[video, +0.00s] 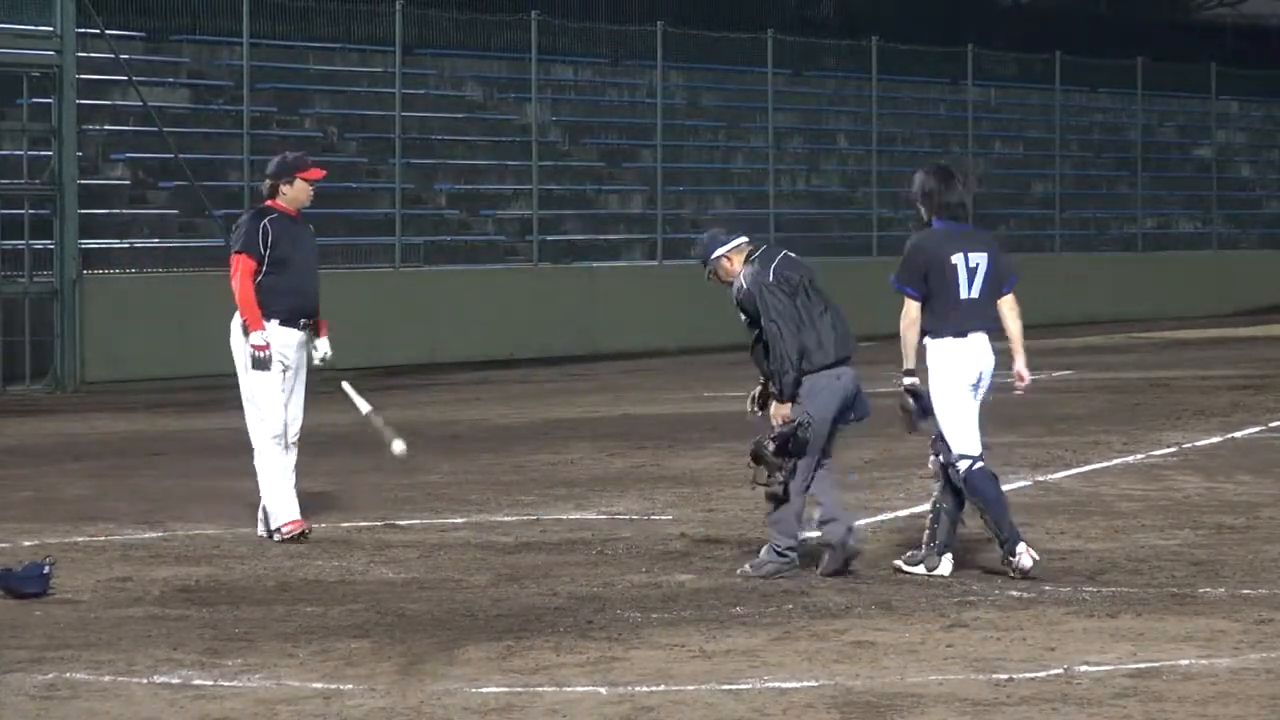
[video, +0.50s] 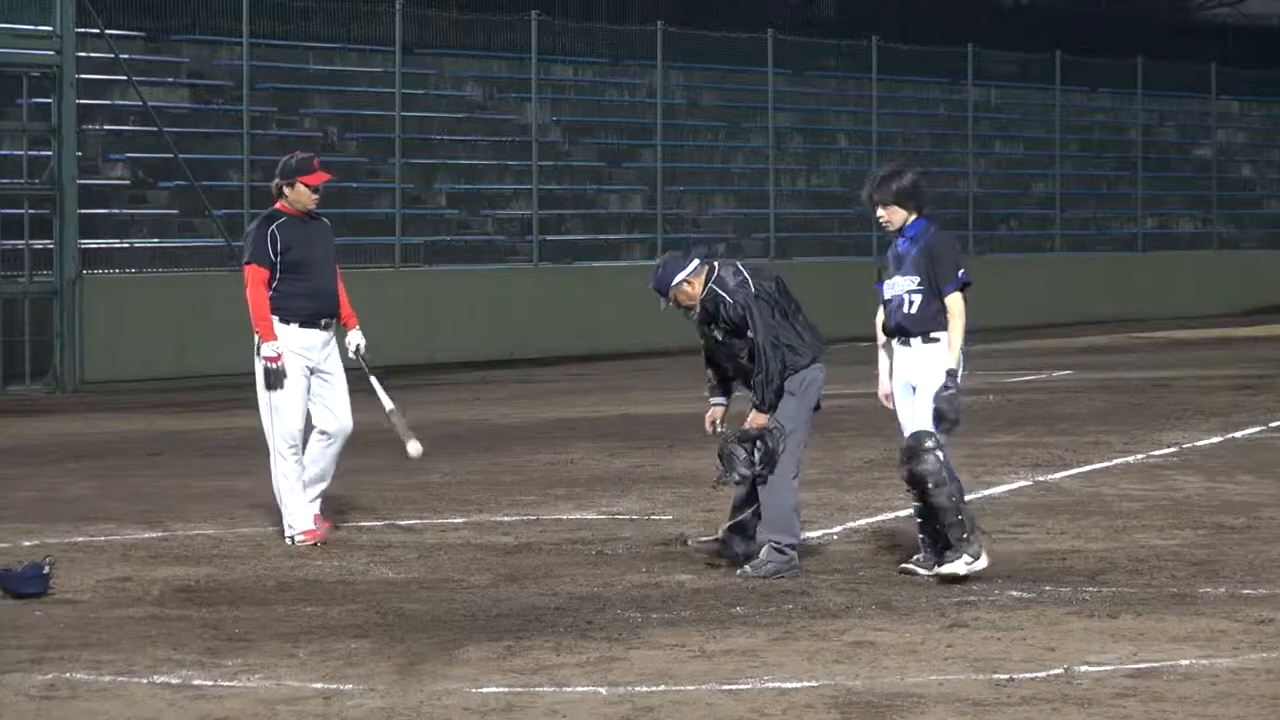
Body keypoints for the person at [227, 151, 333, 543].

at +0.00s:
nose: (313, 189)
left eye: (313, 183)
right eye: (307, 183)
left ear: (296, 186)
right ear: (284, 185)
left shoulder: (303, 228)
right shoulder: (257, 221)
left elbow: (306, 282)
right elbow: (241, 277)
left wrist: (319, 330)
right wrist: (256, 331)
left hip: (297, 337)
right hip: (265, 333)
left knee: (289, 430)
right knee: (269, 427)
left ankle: (272, 517)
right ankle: (285, 517)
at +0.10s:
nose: (315, 190)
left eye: (314, 184)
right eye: (309, 184)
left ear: (295, 187)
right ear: (285, 186)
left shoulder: (305, 229)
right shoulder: (262, 223)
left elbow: (315, 281)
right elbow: (246, 279)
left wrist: (339, 327)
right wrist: (259, 335)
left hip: (302, 338)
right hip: (269, 335)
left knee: (292, 432)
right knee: (279, 429)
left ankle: (271, 521)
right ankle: (299, 521)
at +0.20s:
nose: (315, 192)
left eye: (315, 186)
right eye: (309, 186)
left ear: (297, 188)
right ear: (285, 188)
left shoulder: (310, 230)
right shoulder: (262, 227)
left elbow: (324, 282)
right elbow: (249, 286)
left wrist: (351, 324)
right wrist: (263, 341)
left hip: (310, 338)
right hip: (276, 336)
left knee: (297, 432)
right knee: (286, 432)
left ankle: (272, 519)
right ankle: (301, 526)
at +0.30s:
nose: (315, 189)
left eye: (315, 183)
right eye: (308, 184)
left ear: (300, 186)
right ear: (284, 186)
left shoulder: (314, 227)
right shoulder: (263, 227)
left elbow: (327, 278)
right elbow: (252, 287)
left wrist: (354, 320)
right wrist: (265, 343)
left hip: (315, 337)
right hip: (281, 335)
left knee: (311, 429)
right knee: (287, 432)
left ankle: (275, 511)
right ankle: (300, 526)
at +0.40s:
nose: (317, 190)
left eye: (317, 184)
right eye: (309, 185)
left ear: (309, 186)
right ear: (285, 187)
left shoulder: (317, 227)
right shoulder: (265, 227)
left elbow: (330, 277)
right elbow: (255, 288)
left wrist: (354, 323)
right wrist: (267, 344)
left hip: (319, 338)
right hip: (282, 338)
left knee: (325, 427)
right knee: (287, 434)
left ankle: (282, 499)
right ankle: (299, 526)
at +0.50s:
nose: (319, 192)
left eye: (319, 186)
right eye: (311, 187)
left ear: (312, 187)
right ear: (287, 188)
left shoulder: (321, 228)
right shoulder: (266, 228)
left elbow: (331, 277)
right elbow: (255, 288)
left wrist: (351, 326)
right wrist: (269, 346)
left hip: (325, 339)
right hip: (285, 339)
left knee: (337, 425)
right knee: (287, 435)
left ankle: (305, 502)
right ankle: (298, 525)